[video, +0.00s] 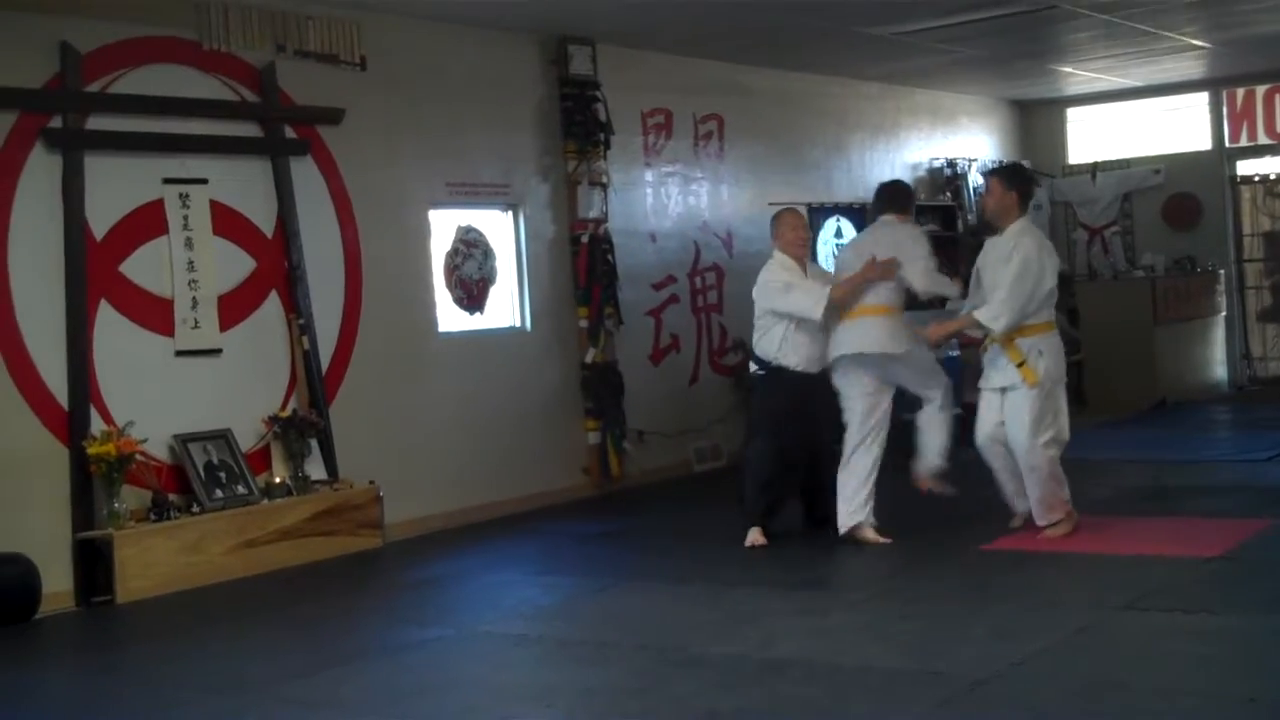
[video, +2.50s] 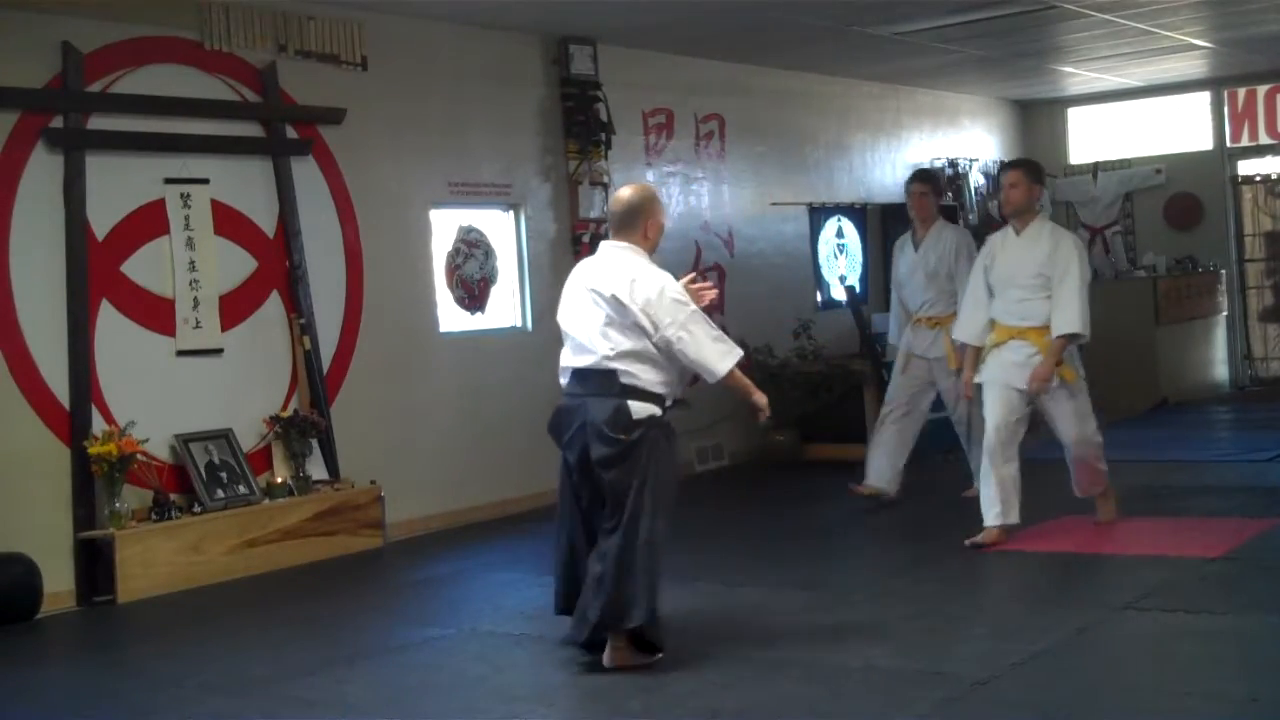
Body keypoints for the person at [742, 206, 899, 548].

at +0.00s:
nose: (803, 235)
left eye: (805, 229)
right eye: (794, 229)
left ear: (811, 234)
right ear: (776, 237)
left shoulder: (814, 275)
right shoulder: (772, 279)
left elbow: (844, 292)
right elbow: (824, 302)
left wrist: (874, 277)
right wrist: (866, 276)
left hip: (814, 379)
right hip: (776, 380)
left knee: (823, 449)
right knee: (768, 451)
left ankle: (821, 522)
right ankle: (756, 524)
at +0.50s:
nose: (781, 237)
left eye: (782, 230)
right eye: (773, 231)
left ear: (780, 236)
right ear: (751, 238)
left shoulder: (787, 277)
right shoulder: (731, 283)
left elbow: (791, 332)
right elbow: (720, 341)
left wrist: (805, 366)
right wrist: (745, 377)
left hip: (787, 381)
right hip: (746, 385)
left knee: (808, 445)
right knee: (752, 460)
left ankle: (818, 509)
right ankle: (755, 528)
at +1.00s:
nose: (774, 236)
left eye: (773, 229)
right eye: (765, 230)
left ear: (761, 237)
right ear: (739, 238)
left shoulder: (783, 282)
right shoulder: (714, 282)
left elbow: (823, 308)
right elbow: (710, 338)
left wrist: (860, 307)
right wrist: (749, 365)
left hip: (773, 390)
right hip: (724, 393)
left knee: (773, 465)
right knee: (712, 464)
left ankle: (772, 543)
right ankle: (717, 533)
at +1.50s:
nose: (769, 229)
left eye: (766, 222)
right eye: (762, 222)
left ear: (738, 231)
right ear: (737, 231)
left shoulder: (757, 279)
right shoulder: (707, 282)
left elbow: (768, 326)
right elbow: (713, 348)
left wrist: (796, 348)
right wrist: (750, 386)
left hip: (753, 395)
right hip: (712, 399)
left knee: (774, 472)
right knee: (722, 483)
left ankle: (776, 551)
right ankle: (722, 574)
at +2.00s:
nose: (709, 233)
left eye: (709, 225)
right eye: (708, 225)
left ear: (664, 226)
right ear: (694, 226)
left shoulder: (649, 267)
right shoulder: (683, 272)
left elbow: (689, 324)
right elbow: (680, 338)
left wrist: (734, 300)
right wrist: (694, 393)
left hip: (630, 388)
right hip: (665, 391)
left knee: (640, 496)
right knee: (710, 487)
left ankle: (633, 597)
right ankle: (716, 581)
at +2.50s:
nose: (664, 228)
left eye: (663, 220)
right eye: (662, 221)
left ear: (610, 223)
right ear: (651, 224)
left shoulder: (582, 271)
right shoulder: (648, 280)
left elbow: (617, 320)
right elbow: (699, 343)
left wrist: (673, 300)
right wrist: (751, 390)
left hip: (578, 410)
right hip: (629, 415)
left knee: (597, 520)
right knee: (636, 527)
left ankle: (596, 624)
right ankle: (621, 644)